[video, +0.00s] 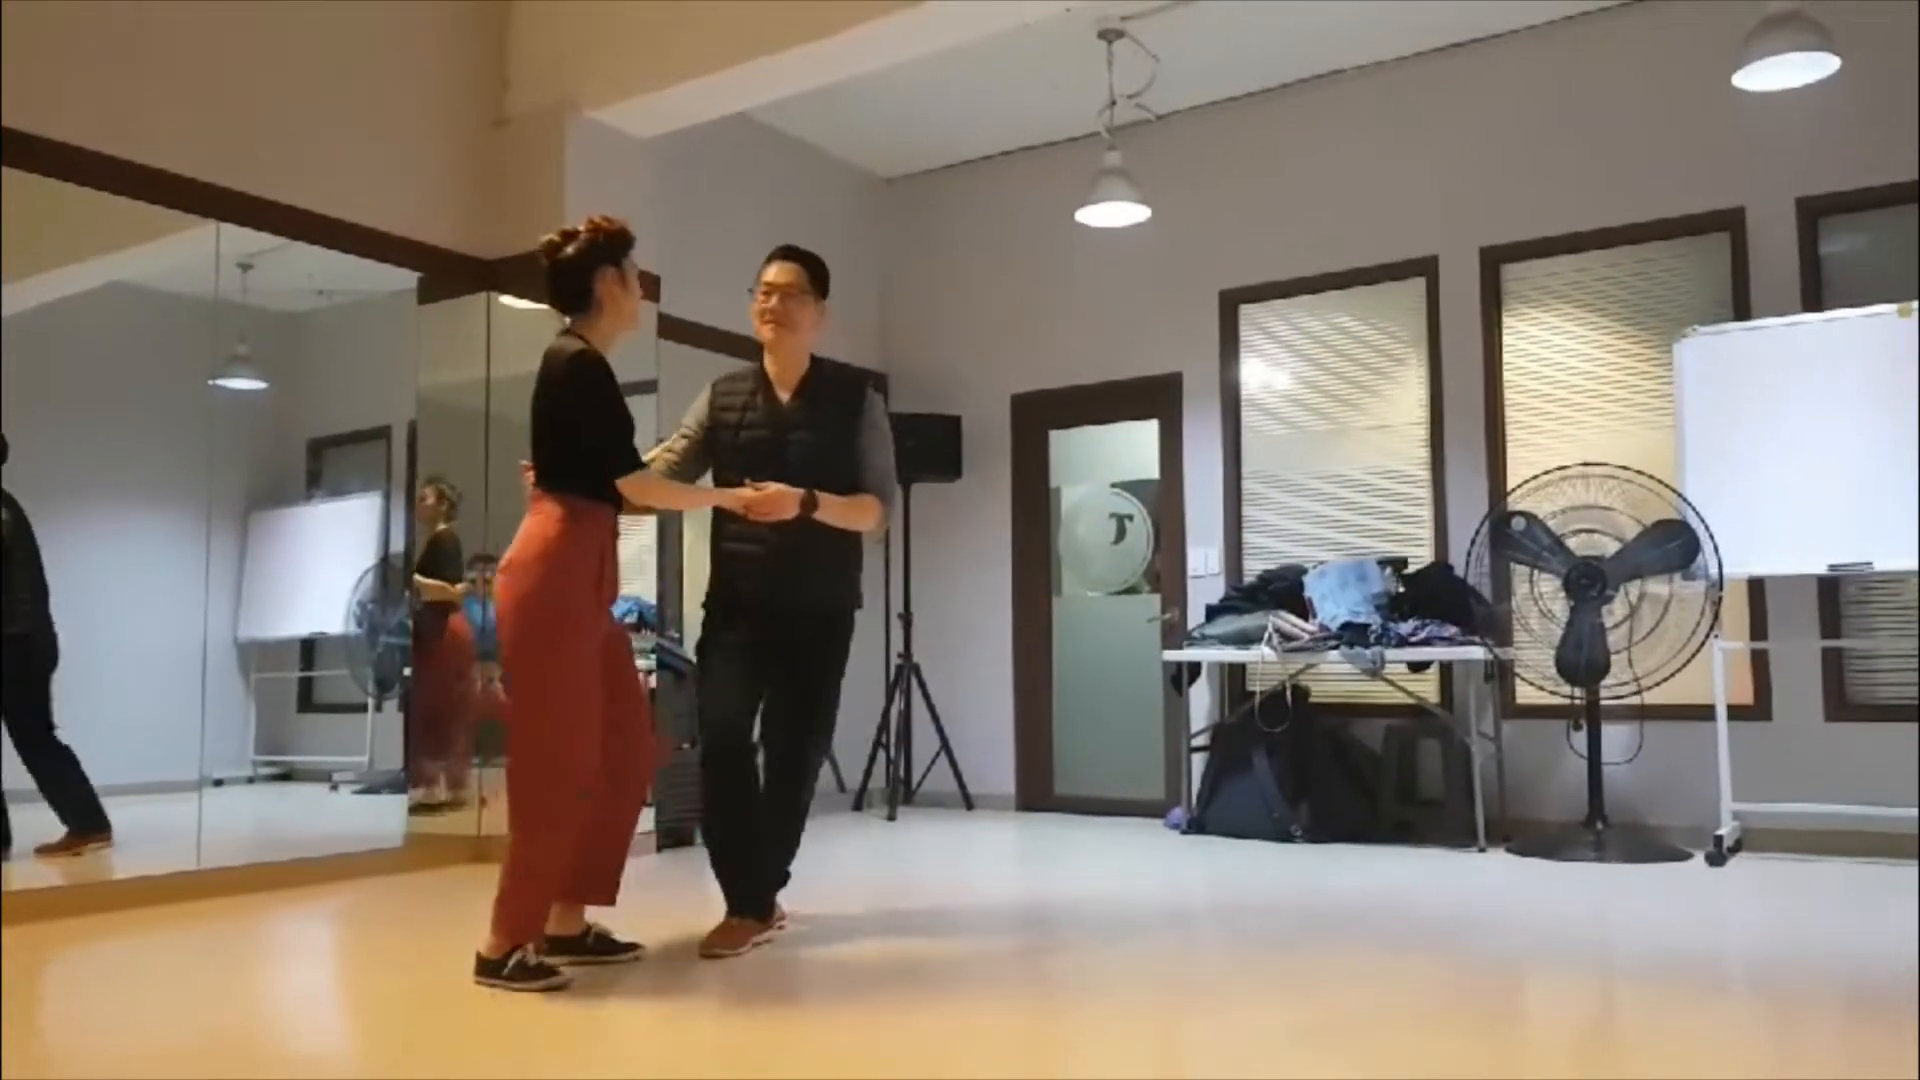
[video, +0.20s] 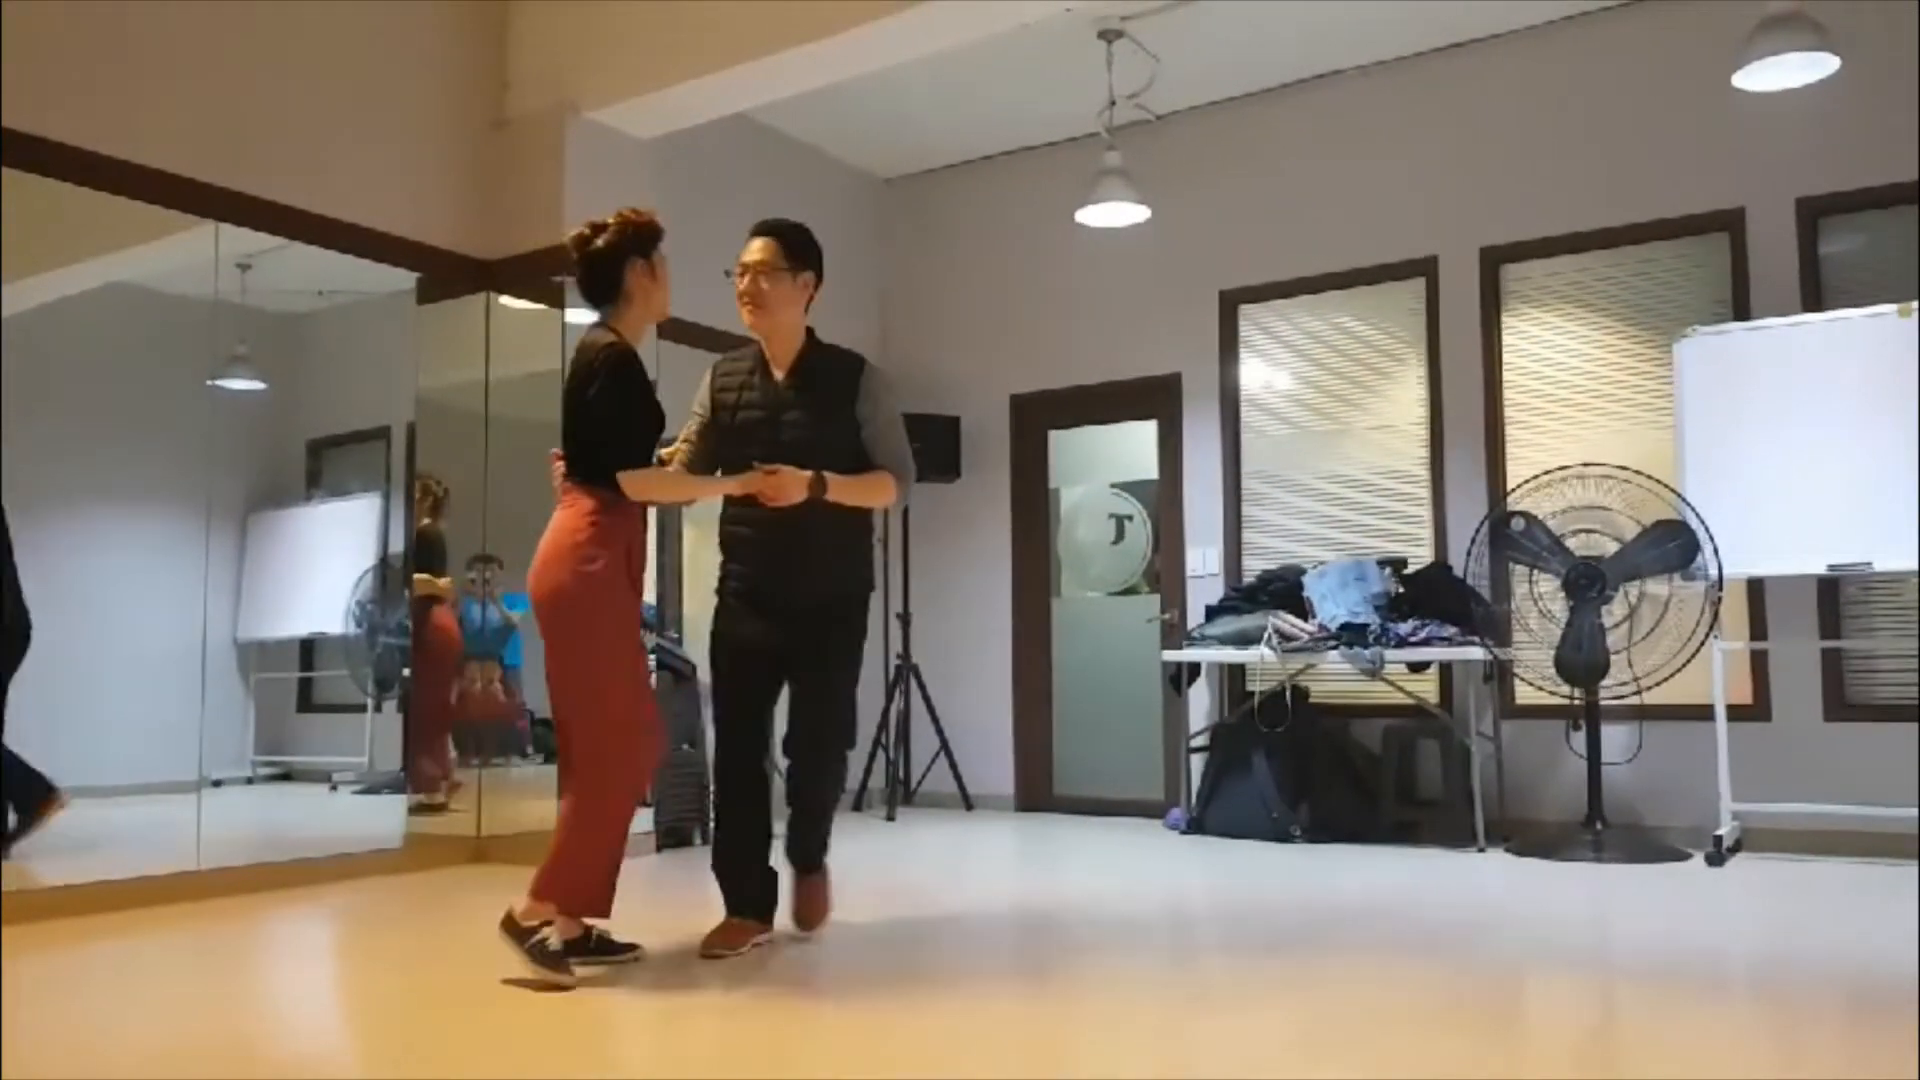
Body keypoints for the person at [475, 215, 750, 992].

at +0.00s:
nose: (644, 294)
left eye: (638, 280)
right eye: (634, 280)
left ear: (592, 289)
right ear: (606, 286)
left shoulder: (581, 367)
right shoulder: (577, 369)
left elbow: (612, 480)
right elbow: (629, 483)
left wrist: (691, 493)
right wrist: (721, 496)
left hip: (575, 581)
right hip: (549, 582)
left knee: (628, 746)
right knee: (559, 756)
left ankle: (565, 921)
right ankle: (505, 945)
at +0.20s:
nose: (669, 281)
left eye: (663, 268)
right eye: (662, 268)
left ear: (615, 281)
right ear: (640, 277)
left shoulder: (602, 357)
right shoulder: (612, 361)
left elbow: (597, 471)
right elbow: (632, 479)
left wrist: (679, 468)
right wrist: (728, 485)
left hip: (582, 565)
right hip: (589, 570)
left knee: (604, 738)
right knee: (634, 738)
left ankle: (571, 918)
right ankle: (542, 908)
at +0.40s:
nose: (695, 285)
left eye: (690, 272)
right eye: (688, 272)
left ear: (641, 282)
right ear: (663, 279)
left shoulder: (624, 358)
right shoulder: (632, 366)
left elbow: (636, 474)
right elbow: (646, 484)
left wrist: (710, 464)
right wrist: (748, 489)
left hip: (600, 572)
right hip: (607, 578)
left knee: (622, 745)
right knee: (673, 736)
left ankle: (566, 922)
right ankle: (662, 931)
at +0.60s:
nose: (709, 283)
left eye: (703, 270)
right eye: (701, 270)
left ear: (654, 281)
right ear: (676, 277)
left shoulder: (635, 358)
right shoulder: (644, 364)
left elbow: (657, 477)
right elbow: (667, 482)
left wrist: (739, 467)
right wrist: (783, 489)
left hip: (628, 571)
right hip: (633, 576)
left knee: (671, 748)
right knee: (700, 740)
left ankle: (580, 910)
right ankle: (692, 934)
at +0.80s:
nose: (724, 276)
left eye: (721, 261)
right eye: (717, 260)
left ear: (679, 266)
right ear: (687, 264)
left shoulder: (663, 347)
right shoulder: (652, 347)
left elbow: (698, 446)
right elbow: (700, 455)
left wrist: (780, 450)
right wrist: (805, 456)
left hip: (659, 553)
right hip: (641, 556)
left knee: (675, 733)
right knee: (694, 732)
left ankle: (598, 909)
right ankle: (689, 928)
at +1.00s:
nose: (745, 282)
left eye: (741, 267)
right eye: (735, 267)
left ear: (702, 276)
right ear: (698, 275)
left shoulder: (709, 368)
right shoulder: (662, 360)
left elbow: (737, 472)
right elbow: (728, 455)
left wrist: (767, 472)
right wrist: (849, 468)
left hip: (697, 565)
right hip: (655, 567)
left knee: (674, 746)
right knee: (739, 727)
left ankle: (592, 916)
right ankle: (757, 923)